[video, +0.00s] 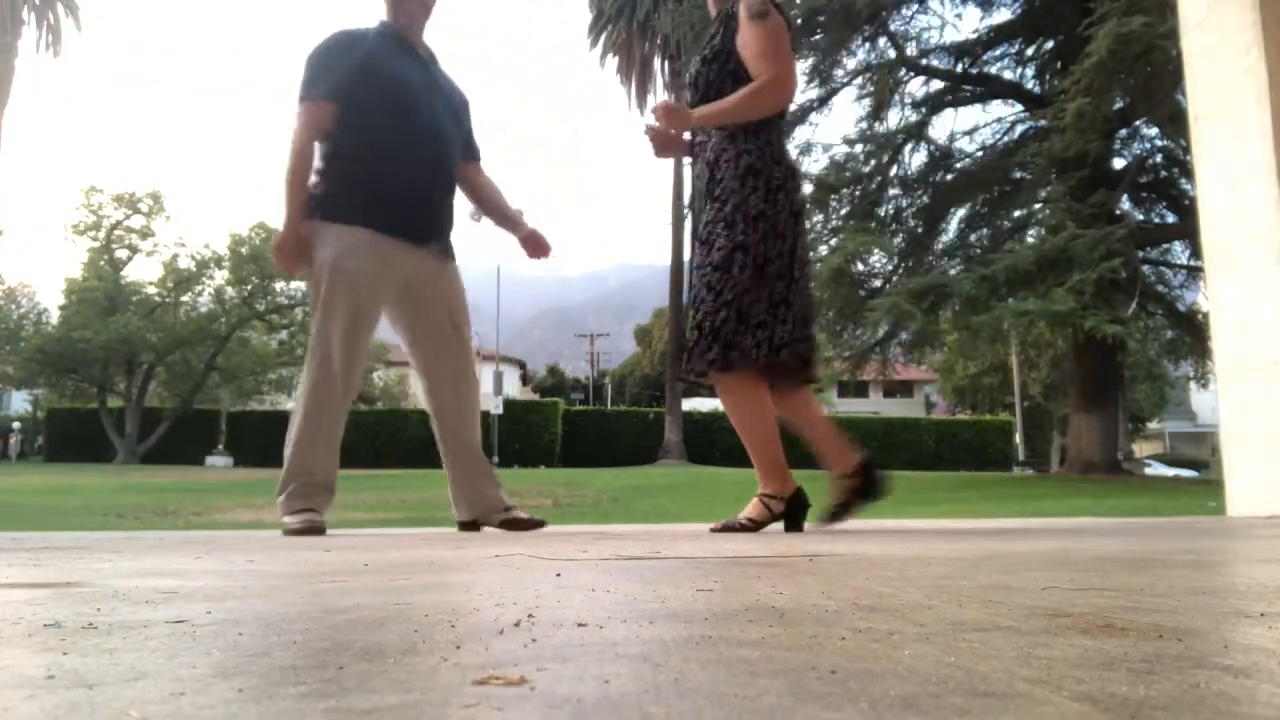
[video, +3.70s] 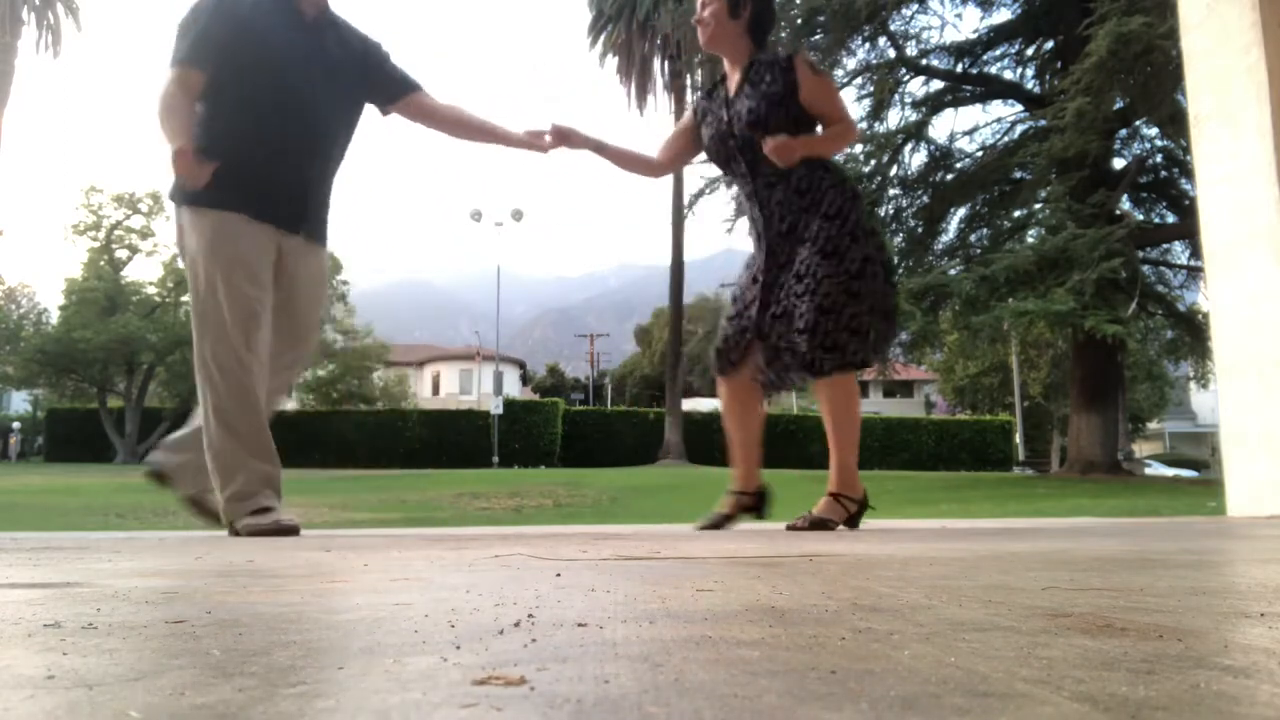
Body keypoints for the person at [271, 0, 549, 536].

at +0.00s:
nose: (418, 1)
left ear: (434, 6)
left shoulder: (449, 93)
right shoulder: (348, 47)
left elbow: (471, 175)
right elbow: (305, 136)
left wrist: (518, 225)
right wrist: (294, 220)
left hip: (428, 252)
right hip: (352, 236)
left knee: (454, 378)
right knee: (331, 372)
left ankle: (480, 505)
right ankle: (303, 504)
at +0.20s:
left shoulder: (432, 60)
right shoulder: (327, 15)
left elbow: (469, 142)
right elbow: (271, 101)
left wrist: (529, 186)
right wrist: (258, 198)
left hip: (415, 229)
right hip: (334, 220)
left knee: (424, 363)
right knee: (317, 362)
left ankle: (410, 503)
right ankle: (303, 503)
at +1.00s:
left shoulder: (377, 29)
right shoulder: (266, 1)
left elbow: (384, 123)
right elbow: (214, 43)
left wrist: (465, 160)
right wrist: (247, 135)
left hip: (360, 206)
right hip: (282, 188)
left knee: (375, 353)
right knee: (257, 346)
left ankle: (366, 500)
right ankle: (221, 505)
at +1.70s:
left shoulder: (352, 32)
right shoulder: (243, 1)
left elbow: (358, 129)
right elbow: (195, 41)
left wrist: (439, 168)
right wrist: (277, 54)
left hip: (323, 201)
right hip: (241, 181)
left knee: (358, 351)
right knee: (247, 343)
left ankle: (341, 505)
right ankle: (219, 506)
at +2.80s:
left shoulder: (365, 16)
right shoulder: (242, 2)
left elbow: (402, 115)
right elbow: (196, 37)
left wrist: (491, 138)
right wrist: (238, 119)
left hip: (332, 192)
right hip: (248, 175)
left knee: (341, 348)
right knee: (236, 344)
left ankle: (340, 504)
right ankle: (219, 505)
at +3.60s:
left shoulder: (353, 38)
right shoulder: (229, 5)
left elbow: (424, 113)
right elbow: (181, 70)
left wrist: (513, 122)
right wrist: (202, 113)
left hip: (314, 208)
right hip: (233, 197)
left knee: (324, 340)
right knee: (239, 350)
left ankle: (266, 485)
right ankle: (250, 503)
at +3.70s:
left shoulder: (353, 47)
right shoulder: (229, 10)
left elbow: (429, 109)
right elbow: (180, 90)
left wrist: (516, 138)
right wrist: (181, 147)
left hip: (303, 221)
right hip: (224, 202)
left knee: (290, 352)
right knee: (233, 353)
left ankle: (184, 459)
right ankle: (251, 504)